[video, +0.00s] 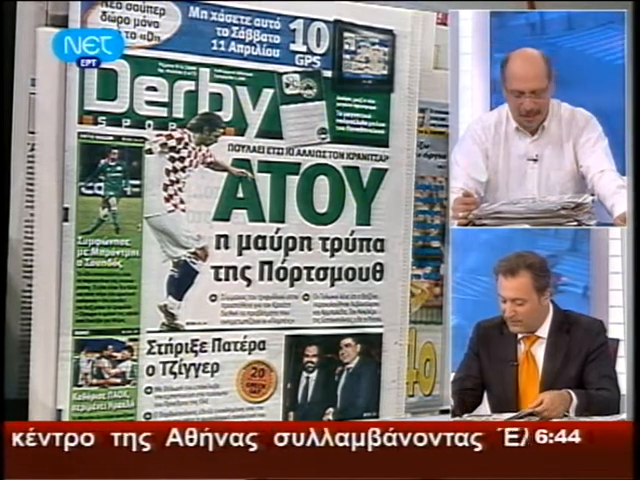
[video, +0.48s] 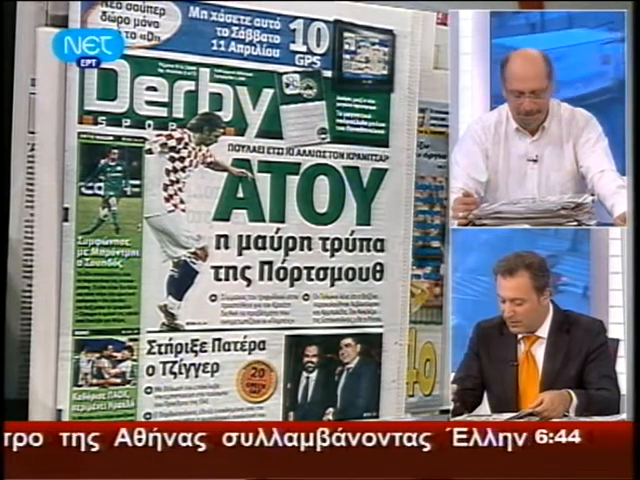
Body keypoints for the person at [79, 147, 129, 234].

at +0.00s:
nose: (115, 156)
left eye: (116, 154)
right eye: (113, 154)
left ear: (118, 155)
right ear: (109, 154)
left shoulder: (122, 165)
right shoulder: (104, 165)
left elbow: (126, 176)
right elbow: (95, 174)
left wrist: (127, 186)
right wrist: (85, 182)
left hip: (118, 190)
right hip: (108, 189)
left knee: (105, 213)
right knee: (113, 205)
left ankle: (91, 230)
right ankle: (116, 226)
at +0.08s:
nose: (115, 156)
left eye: (116, 154)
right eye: (113, 154)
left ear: (118, 155)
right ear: (109, 155)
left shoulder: (122, 165)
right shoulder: (104, 165)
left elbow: (126, 176)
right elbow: (95, 174)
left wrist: (127, 186)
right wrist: (85, 182)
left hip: (118, 190)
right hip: (108, 189)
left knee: (105, 213)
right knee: (113, 205)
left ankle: (91, 230)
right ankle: (116, 226)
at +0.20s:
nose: (115, 156)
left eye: (116, 154)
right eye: (113, 154)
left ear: (118, 155)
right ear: (109, 155)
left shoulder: (122, 165)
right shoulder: (104, 165)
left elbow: (126, 177)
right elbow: (95, 174)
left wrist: (127, 186)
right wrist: (85, 182)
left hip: (118, 190)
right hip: (108, 189)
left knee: (105, 213)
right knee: (113, 205)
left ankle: (91, 230)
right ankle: (116, 226)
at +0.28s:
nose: (115, 156)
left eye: (116, 154)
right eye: (113, 154)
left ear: (118, 155)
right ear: (109, 154)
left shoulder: (122, 165)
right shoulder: (104, 165)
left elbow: (126, 176)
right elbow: (95, 174)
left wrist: (127, 186)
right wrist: (85, 182)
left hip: (118, 190)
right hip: (108, 189)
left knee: (105, 213)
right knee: (113, 205)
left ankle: (91, 230)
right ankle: (116, 226)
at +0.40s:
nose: (115, 156)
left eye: (116, 154)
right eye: (113, 154)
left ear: (118, 155)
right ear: (109, 154)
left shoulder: (122, 165)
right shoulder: (104, 165)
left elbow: (126, 177)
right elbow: (95, 174)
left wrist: (127, 186)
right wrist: (85, 182)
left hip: (118, 190)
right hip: (108, 189)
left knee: (105, 213)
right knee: (113, 205)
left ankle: (91, 230)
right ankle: (116, 226)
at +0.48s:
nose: (115, 156)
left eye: (116, 154)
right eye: (113, 154)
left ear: (118, 155)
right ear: (109, 154)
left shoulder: (122, 165)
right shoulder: (104, 165)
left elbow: (126, 176)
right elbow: (95, 174)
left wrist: (127, 186)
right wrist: (85, 182)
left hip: (118, 190)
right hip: (108, 189)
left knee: (105, 213)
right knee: (113, 205)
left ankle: (91, 230)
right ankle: (116, 226)